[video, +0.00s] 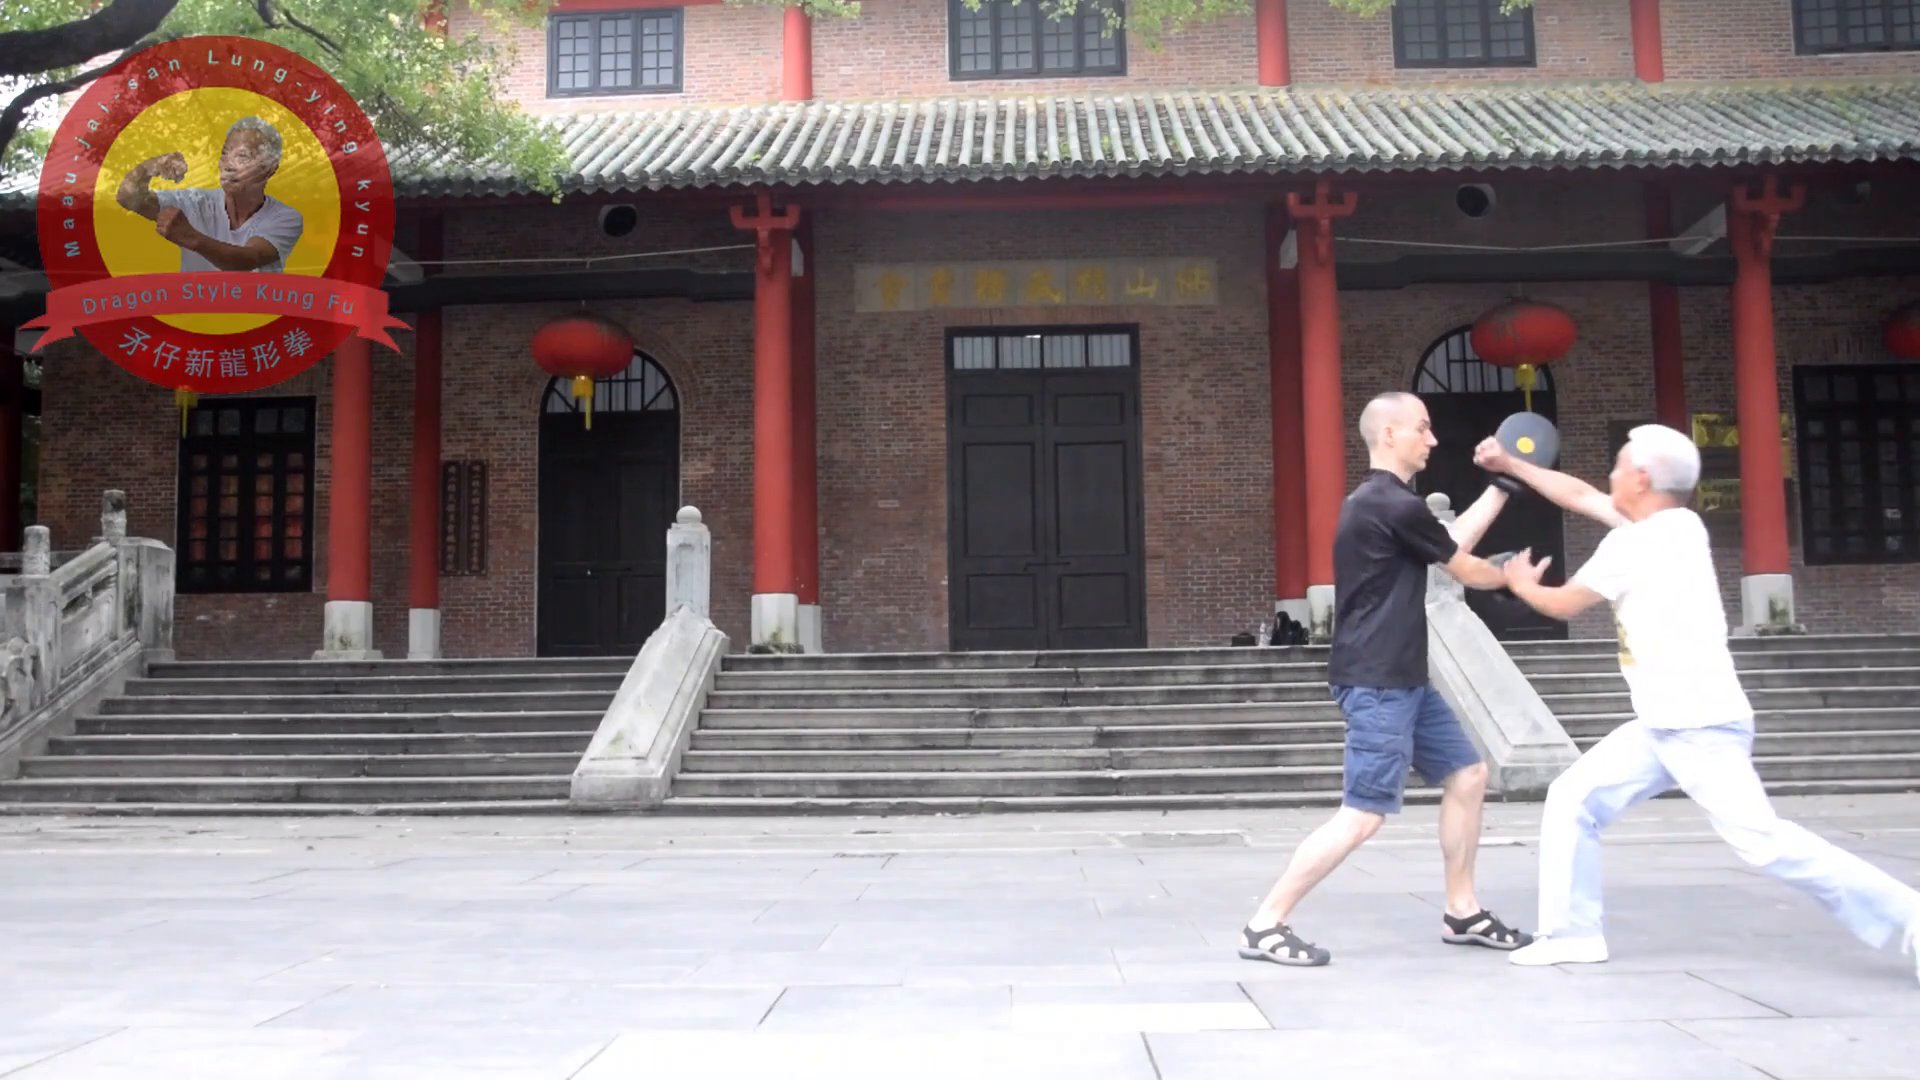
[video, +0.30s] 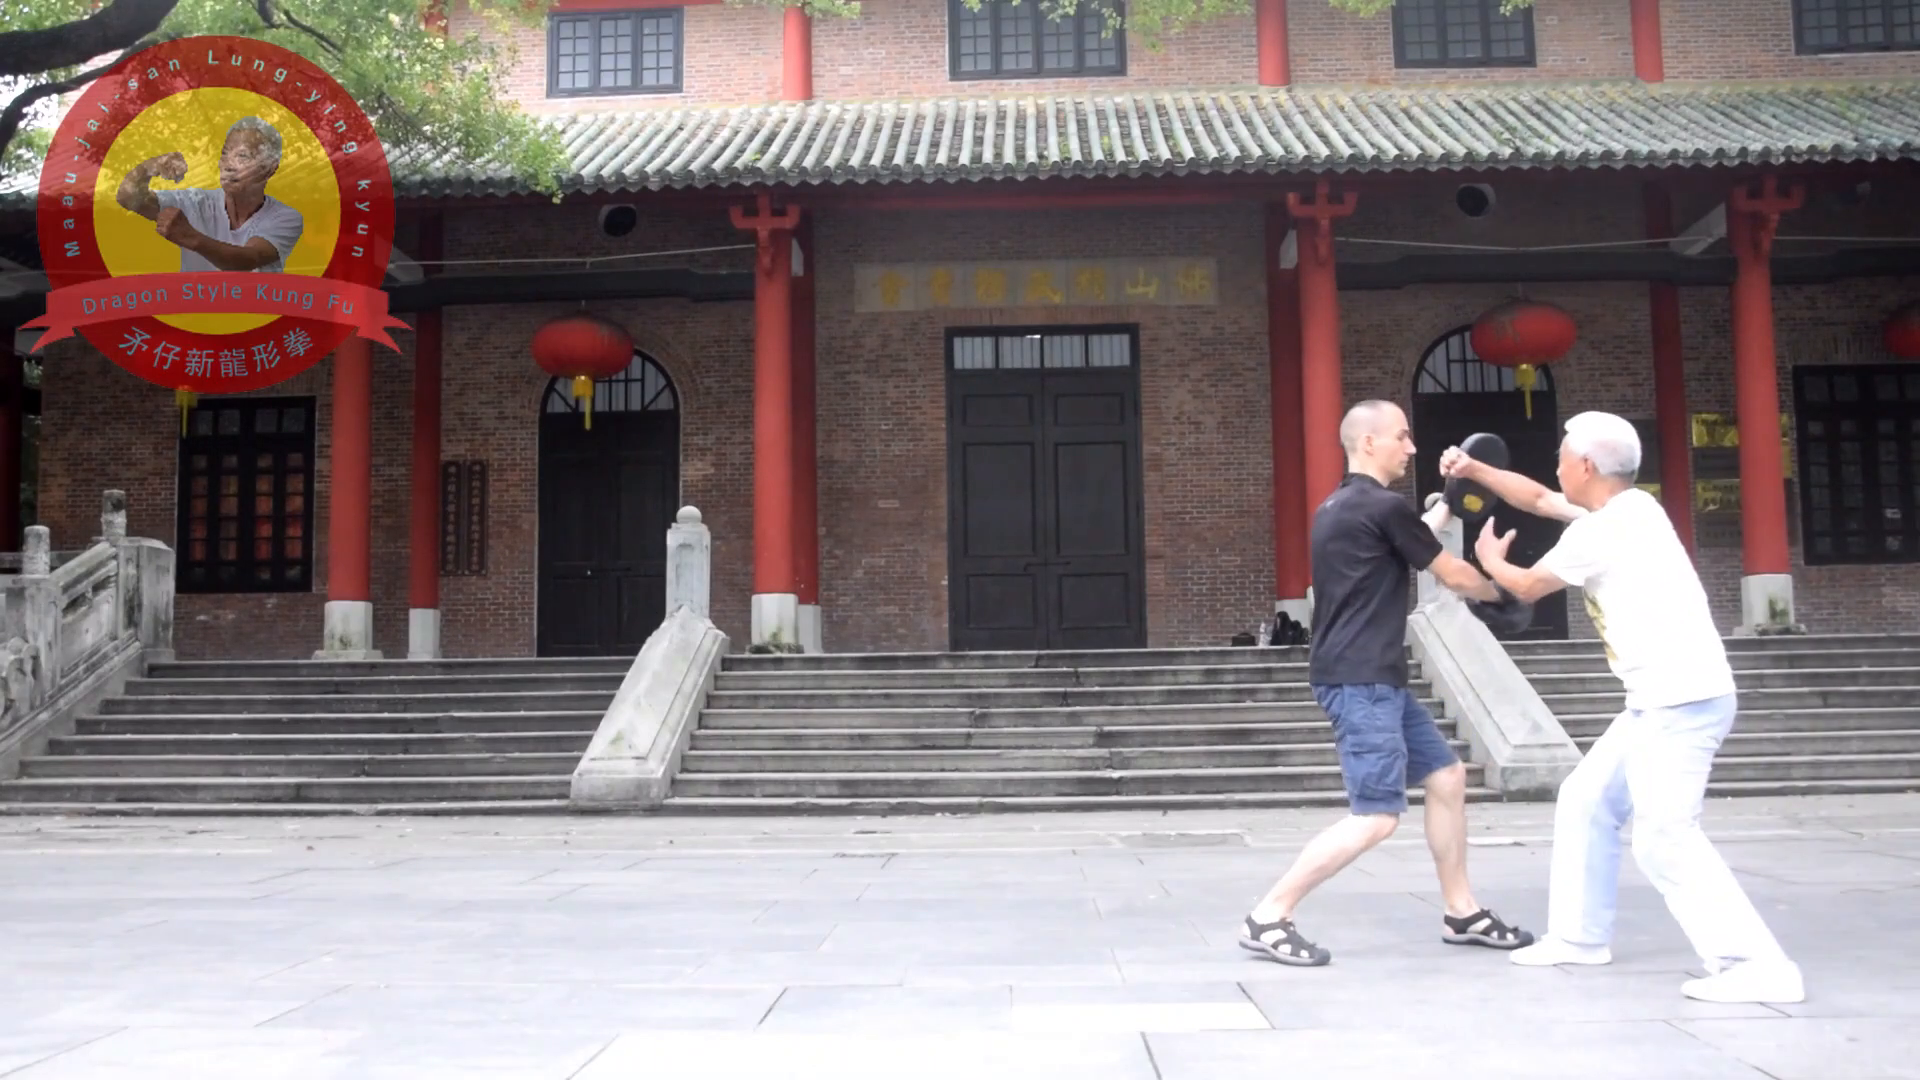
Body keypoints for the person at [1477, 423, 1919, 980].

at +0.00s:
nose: (1612, 472)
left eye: (1620, 466)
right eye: (1618, 463)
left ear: (1643, 482)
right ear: (1654, 483)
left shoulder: (1637, 541)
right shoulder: (1678, 526)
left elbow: (1565, 604)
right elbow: (1582, 495)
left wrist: (1524, 586)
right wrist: (1512, 463)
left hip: (1696, 722)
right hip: (1669, 720)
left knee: (1759, 841)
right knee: (1571, 798)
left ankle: (1906, 917)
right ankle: (1572, 935)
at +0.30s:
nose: (1558, 464)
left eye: (1564, 454)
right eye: (1561, 454)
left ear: (1586, 465)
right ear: (1609, 466)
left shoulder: (1599, 530)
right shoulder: (1637, 509)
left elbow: (1527, 587)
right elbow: (1541, 499)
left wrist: (1492, 561)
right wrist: (1475, 468)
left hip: (1678, 703)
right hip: (1667, 699)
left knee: (1663, 836)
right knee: (1584, 799)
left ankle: (1760, 968)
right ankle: (1580, 938)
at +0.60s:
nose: (1561, 460)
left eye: (1568, 449)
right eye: (1564, 449)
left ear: (1596, 461)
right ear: (1612, 463)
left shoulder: (1586, 523)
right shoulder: (1643, 509)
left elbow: (1519, 582)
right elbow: (1552, 495)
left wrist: (1482, 552)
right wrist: (1485, 469)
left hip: (1652, 701)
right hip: (1669, 696)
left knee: (1653, 839)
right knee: (1568, 803)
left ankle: (1757, 966)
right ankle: (1578, 938)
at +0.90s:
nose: (1548, 464)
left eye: (1555, 453)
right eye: (1551, 453)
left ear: (1589, 463)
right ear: (1598, 465)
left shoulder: (1583, 522)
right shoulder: (1630, 511)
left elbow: (1510, 583)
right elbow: (1540, 503)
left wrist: (1464, 553)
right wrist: (1473, 480)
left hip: (1655, 701)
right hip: (1653, 699)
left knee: (1653, 837)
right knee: (1568, 803)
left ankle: (1757, 967)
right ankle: (1578, 938)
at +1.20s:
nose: (1538, 468)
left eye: (1546, 456)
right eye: (1541, 457)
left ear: (1581, 464)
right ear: (1590, 466)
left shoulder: (1572, 523)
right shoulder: (1625, 511)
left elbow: (1495, 582)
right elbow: (1536, 503)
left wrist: (1450, 552)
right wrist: (1470, 476)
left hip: (1651, 700)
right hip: (1652, 697)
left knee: (1653, 841)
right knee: (1565, 805)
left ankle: (1759, 969)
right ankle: (1577, 941)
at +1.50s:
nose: (1521, 477)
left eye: (1528, 465)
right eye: (1523, 466)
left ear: (1562, 466)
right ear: (1575, 468)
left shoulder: (1559, 523)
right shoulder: (1615, 512)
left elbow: (1477, 577)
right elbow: (1523, 502)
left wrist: (1427, 546)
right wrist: (1460, 475)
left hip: (1642, 700)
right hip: (1644, 696)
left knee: (1651, 842)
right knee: (1561, 807)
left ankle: (1759, 967)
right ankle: (1578, 941)